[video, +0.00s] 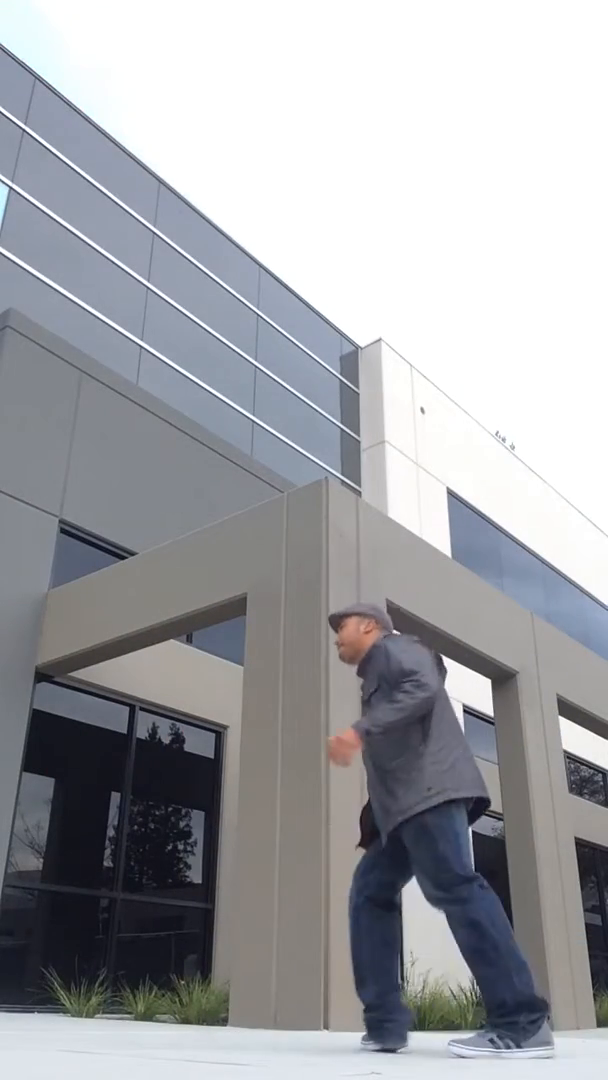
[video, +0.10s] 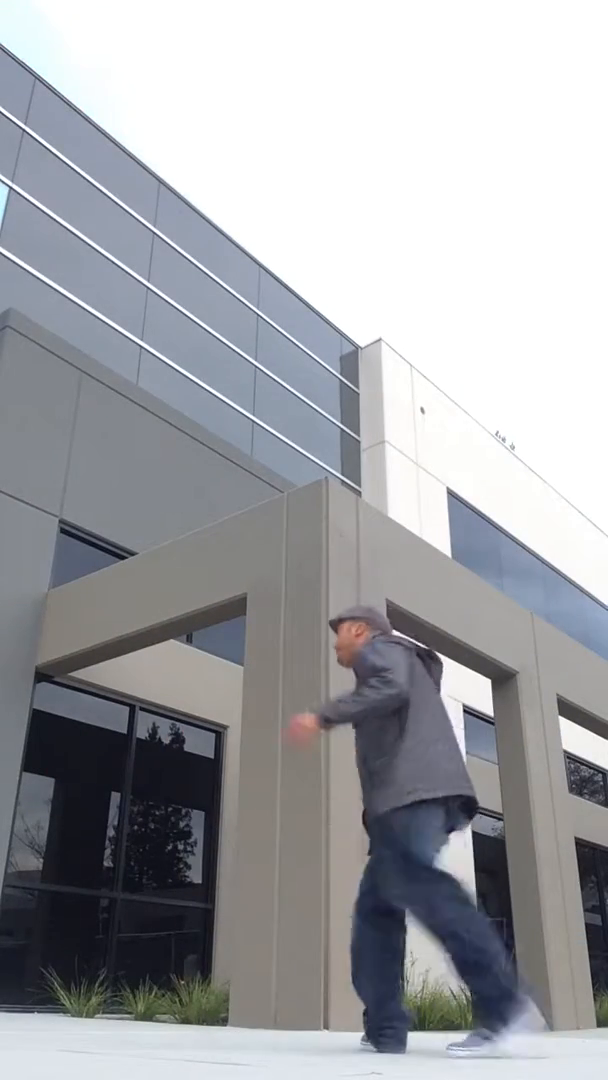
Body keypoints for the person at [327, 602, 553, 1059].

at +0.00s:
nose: (336, 639)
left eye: (341, 628)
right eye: (335, 632)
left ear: (368, 626)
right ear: (366, 629)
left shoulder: (395, 646)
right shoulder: (374, 674)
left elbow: (420, 687)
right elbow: (398, 757)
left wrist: (360, 730)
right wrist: (378, 812)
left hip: (431, 790)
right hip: (405, 804)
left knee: (457, 888)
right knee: (371, 891)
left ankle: (522, 1023)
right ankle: (385, 1027)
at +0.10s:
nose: (335, 645)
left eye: (338, 634)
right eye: (335, 636)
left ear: (360, 629)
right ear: (366, 630)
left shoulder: (380, 647)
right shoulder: (402, 663)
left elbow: (392, 686)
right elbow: (401, 745)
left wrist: (322, 716)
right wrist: (378, 804)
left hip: (414, 791)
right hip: (409, 800)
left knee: (409, 881)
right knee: (375, 909)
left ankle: (508, 1007)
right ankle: (384, 1032)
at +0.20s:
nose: (342, 638)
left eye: (344, 631)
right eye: (343, 632)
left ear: (358, 627)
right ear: (382, 630)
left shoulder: (365, 646)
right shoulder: (420, 664)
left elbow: (345, 679)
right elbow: (445, 733)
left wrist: (274, 705)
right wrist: (455, 800)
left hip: (395, 779)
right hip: (446, 786)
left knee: (355, 875)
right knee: (401, 909)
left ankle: (420, 934)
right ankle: (387, 1030)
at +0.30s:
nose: (352, 634)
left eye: (353, 628)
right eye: (357, 627)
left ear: (359, 629)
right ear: (397, 629)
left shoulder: (349, 653)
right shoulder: (435, 666)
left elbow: (305, 683)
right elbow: (466, 725)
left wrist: (257, 704)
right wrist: (473, 791)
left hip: (370, 777)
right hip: (434, 780)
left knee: (356, 876)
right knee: (415, 900)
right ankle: (389, 1024)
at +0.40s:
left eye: (378, 619)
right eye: (396, 620)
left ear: (365, 625)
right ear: (405, 626)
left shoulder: (339, 657)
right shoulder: (432, 658)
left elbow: (295, 696)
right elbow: (471, 715)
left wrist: (272, 714)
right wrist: (482, 778)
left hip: (357, 775)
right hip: (418, 773)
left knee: (368, 890)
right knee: (409, 888)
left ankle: (358, 999)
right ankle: (389, 1018)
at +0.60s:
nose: (425, 647)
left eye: (424, 639)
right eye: (421, 639)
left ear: (388, 643)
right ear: (403, 641)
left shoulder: (356, 680)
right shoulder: (404, 679)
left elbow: (345, 743)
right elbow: (426, 735)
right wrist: (471, 792)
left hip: (352, 811)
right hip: (386, 811)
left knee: (397, 913)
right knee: (402, 911)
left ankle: (404, 1020)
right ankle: (319, 987)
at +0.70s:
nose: (419, 643)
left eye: (418, 635)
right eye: (413, 635)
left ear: (390, 642)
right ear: (388, 640)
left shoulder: (385, 684)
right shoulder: (369, 682)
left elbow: (396, 739)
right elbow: (380, 749)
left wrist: (440, 732)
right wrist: (407, 810)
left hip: (388, 819)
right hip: (367, 818)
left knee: (409, 912)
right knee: (392, 907)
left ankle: (402, 1021)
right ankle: (308, 990)